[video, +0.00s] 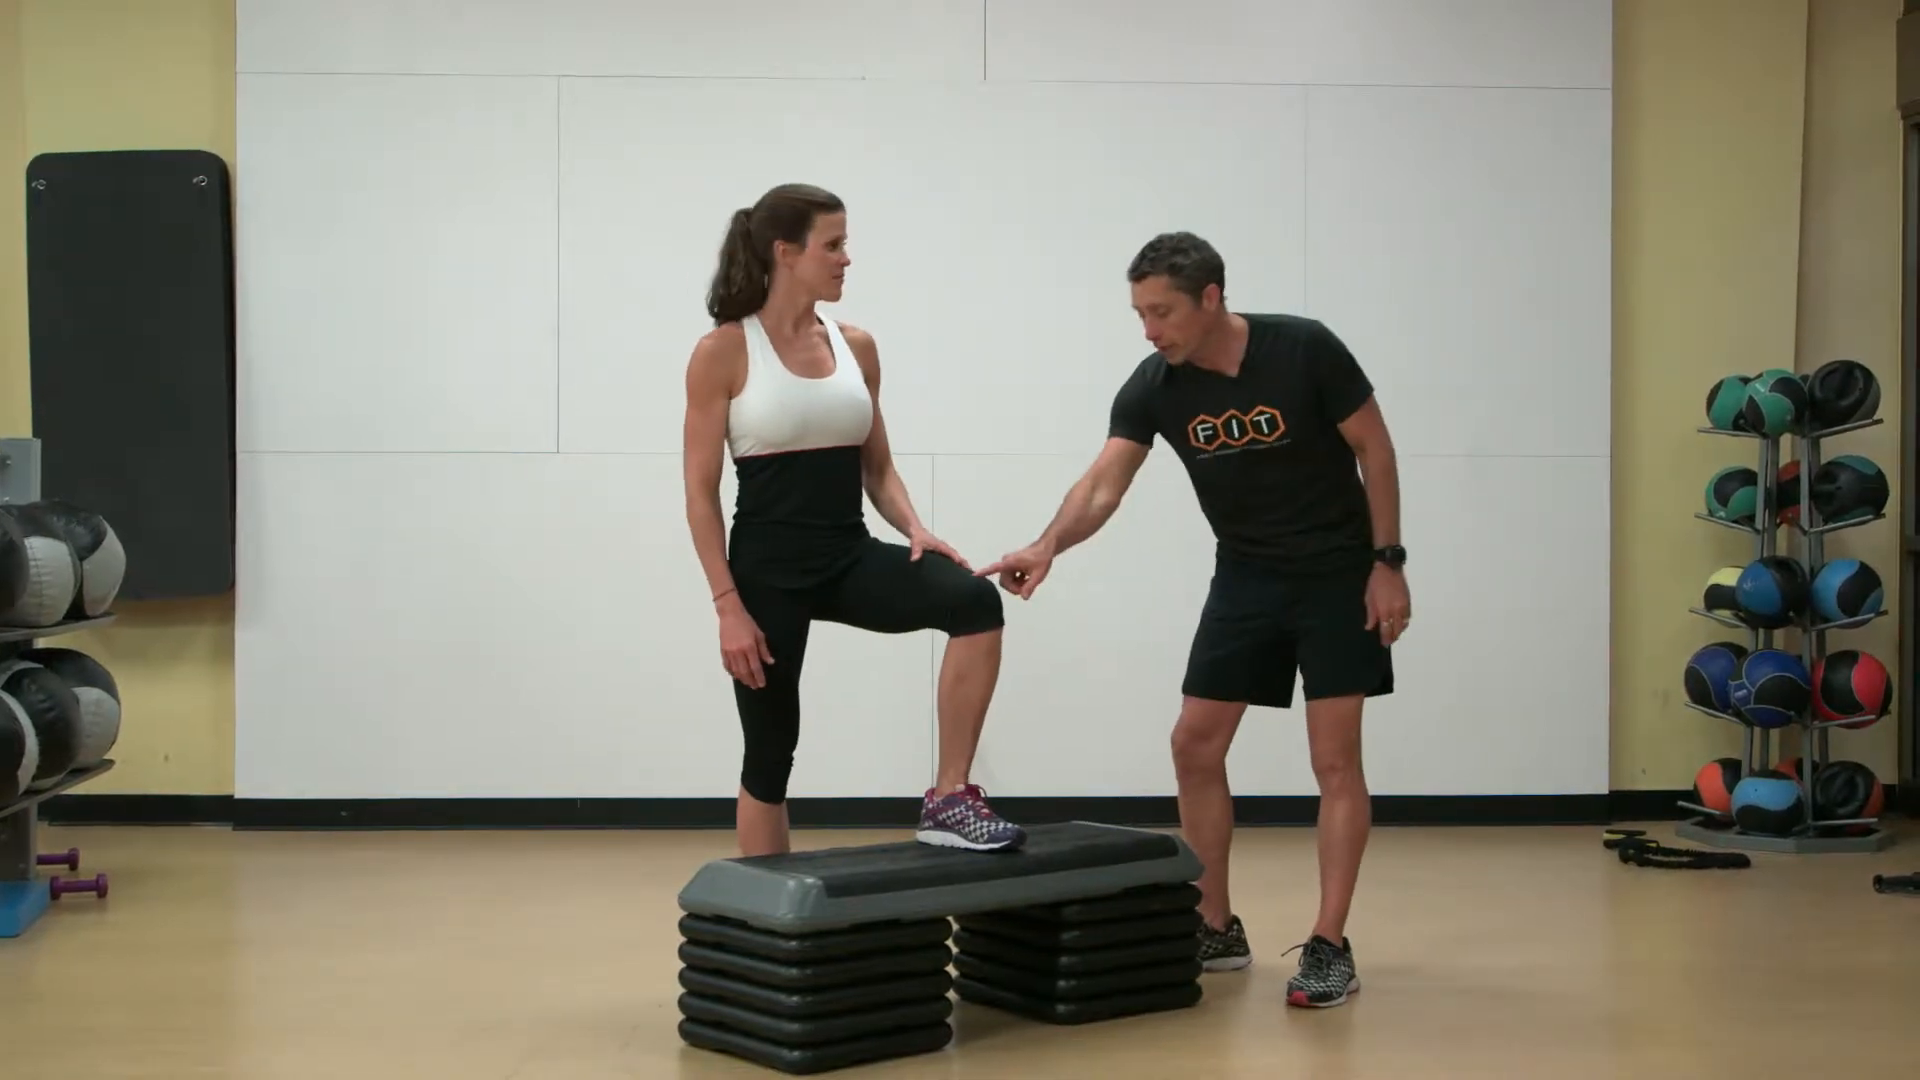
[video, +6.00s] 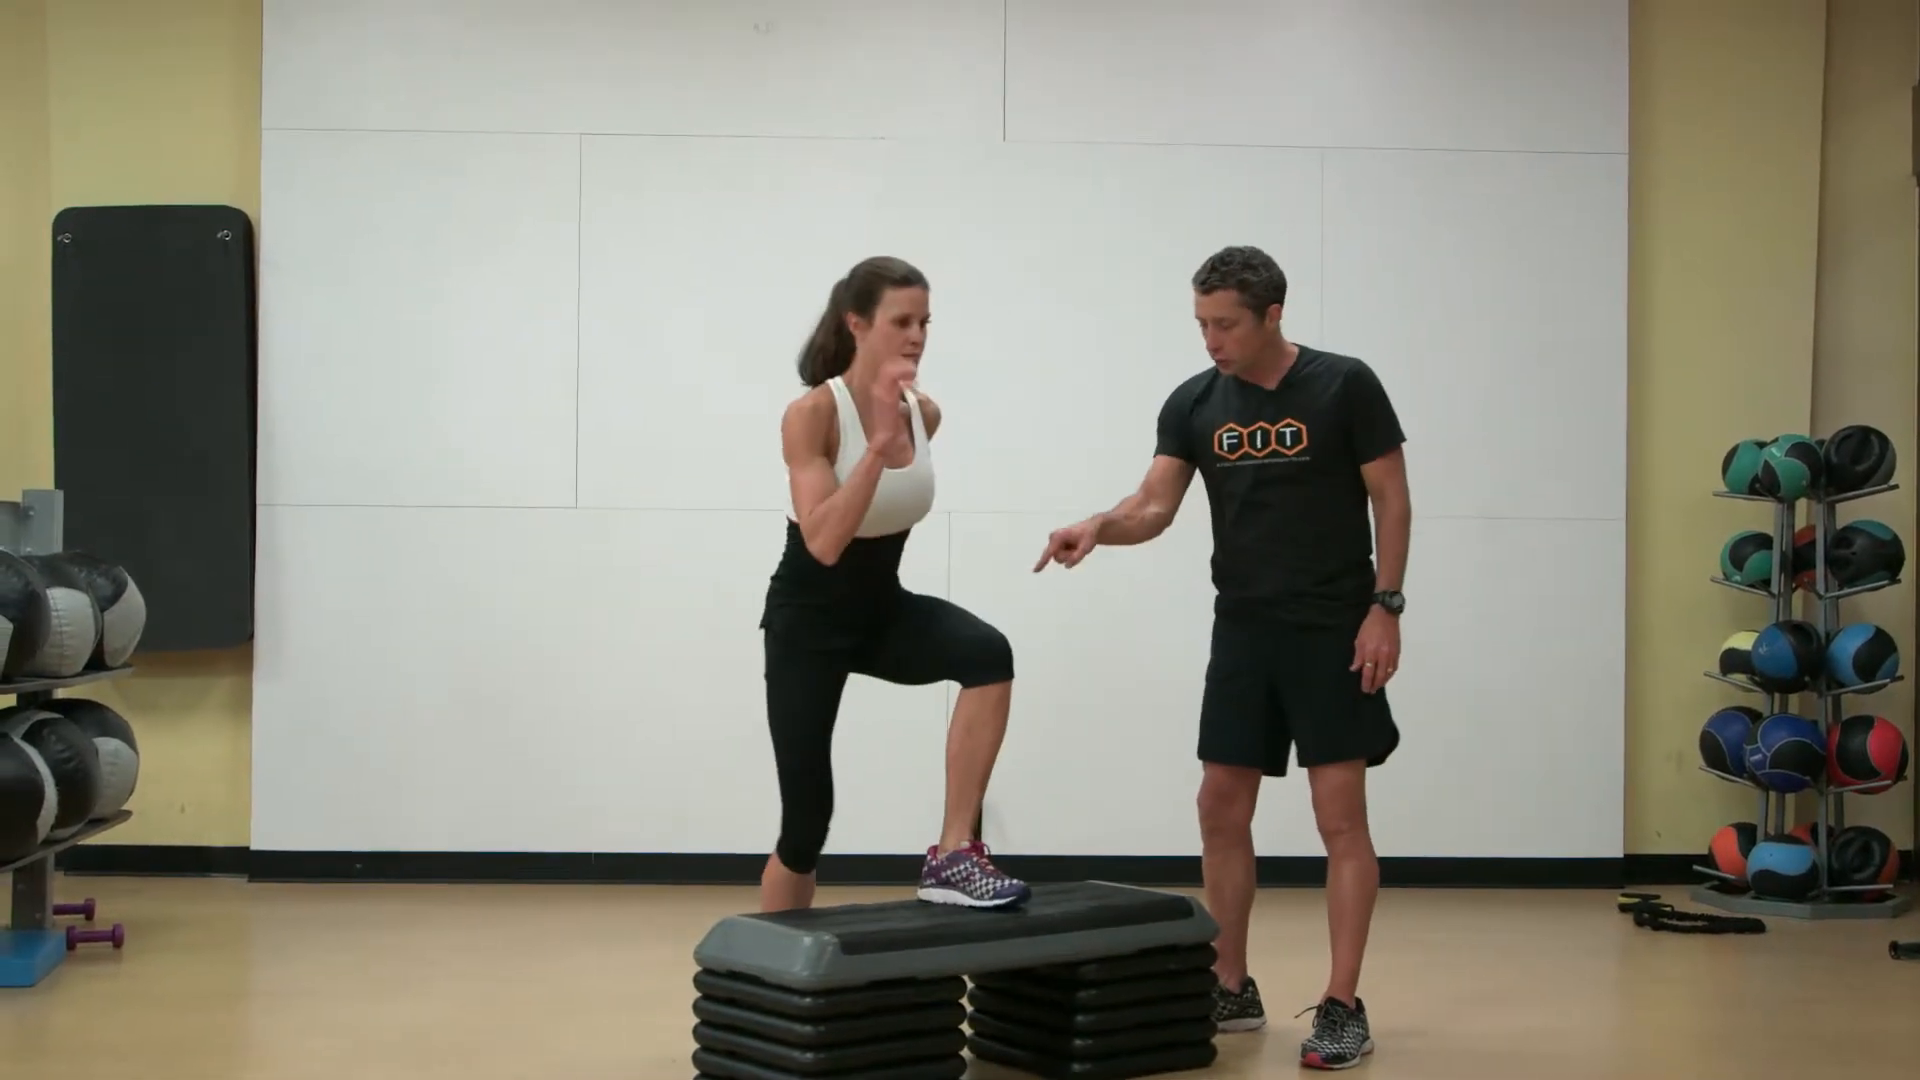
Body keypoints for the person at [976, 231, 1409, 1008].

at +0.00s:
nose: (1149, 328)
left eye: (1161, 313)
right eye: (1142, 314)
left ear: (1211, 299)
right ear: (1142, 311)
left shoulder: (1305, 350)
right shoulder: (1152, 390)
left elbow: (1375, 449)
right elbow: (1103, 485)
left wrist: (1388, 562)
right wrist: (1045, 548)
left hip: (1337, 572)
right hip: (1246, 576)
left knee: (1335, 756)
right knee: (1194, 744)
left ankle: (1329, 940)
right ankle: (1215, 925)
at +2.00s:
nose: (1211, 242)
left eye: (1227, 228)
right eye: (1213, 227)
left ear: (1279, 239)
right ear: (1244, 238)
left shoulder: (1332, 335)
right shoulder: (1210, 334)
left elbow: (1353, 460)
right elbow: (1191, 445)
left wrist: (1317, 564)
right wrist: (1106, 494)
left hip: (1293, 574)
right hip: (1214, 572)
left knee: (1309, 762)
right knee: (1204, 754)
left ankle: (1326, 950)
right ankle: (1217, 935)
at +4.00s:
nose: (1192, 279)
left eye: (1205, 264)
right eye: (1187, 265)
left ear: (1256, 258)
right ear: (1198, 265)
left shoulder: (1323, 343)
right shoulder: (1193, 354)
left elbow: (1358, 463)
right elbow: (1181, 464)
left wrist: (1337, 573)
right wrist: (1119, 502)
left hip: (1294, 588)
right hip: (1211, 586)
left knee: (1312, 775)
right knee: (1202, 766)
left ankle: (1326, 961)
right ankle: (1215, 945)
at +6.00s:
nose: (1210, 339)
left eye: (1223, 325)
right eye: (1203, 325)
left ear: (1272, 315)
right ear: (1202, 320)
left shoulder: (1344, 386)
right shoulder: (1193, 403)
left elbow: (1393, 501)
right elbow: (1151, 507)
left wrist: (1385, 608)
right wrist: (1093, 528)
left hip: (1333, 631)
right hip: (1243, 632)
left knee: (1340, 817)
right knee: (1220, 804)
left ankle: (1341, 1002)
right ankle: (1230, 988)